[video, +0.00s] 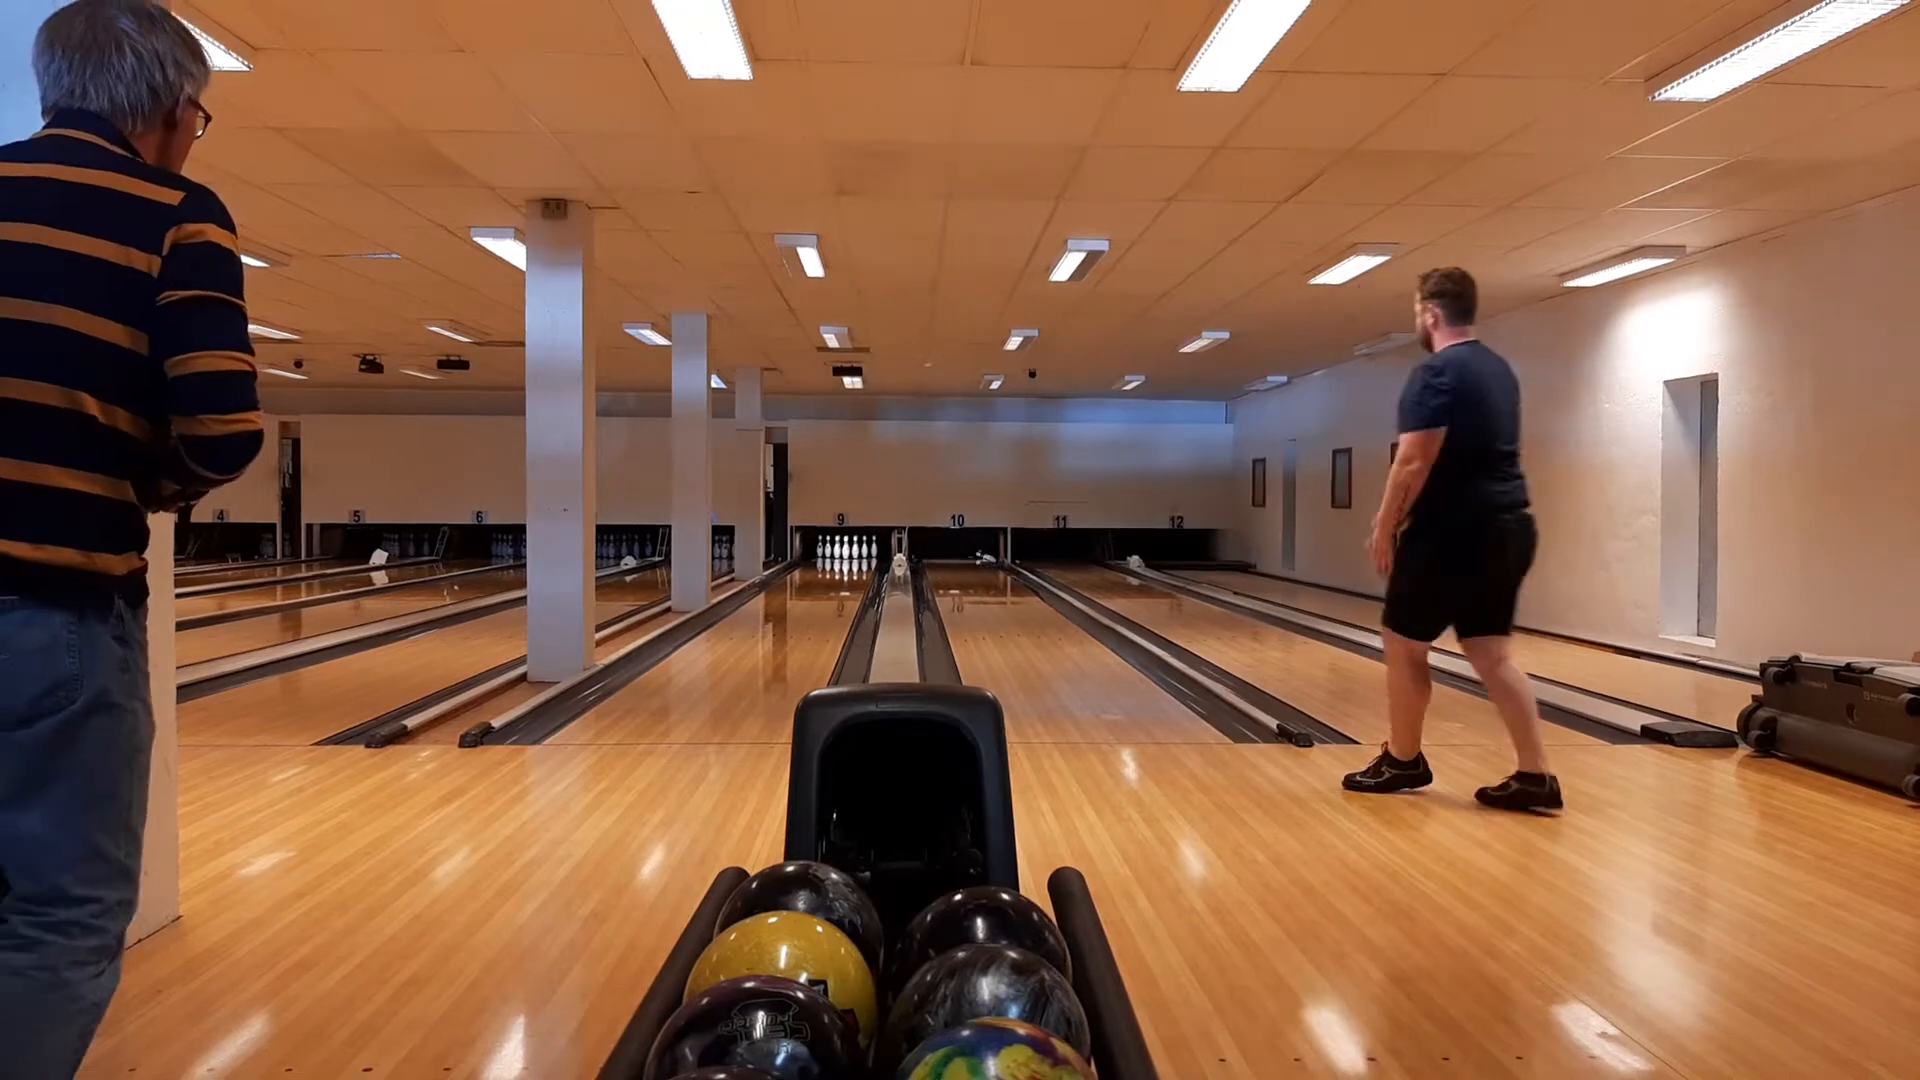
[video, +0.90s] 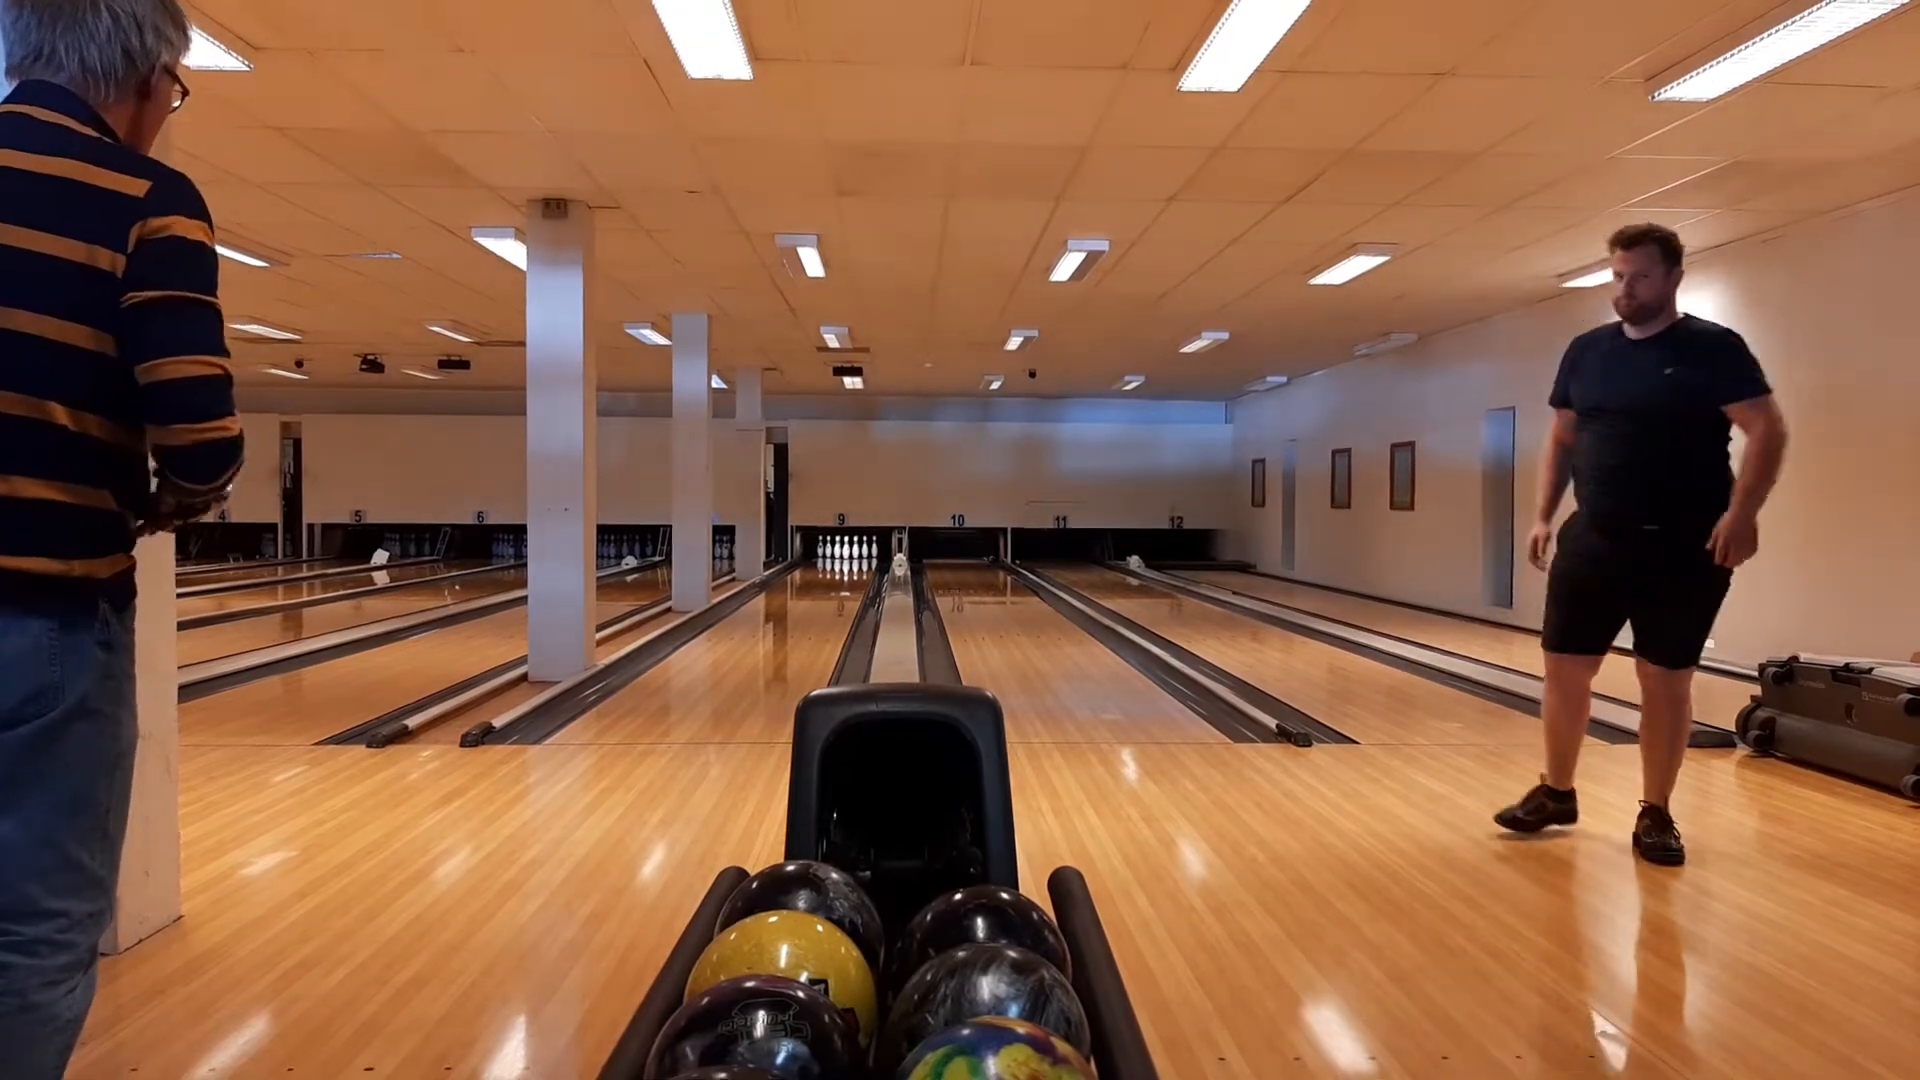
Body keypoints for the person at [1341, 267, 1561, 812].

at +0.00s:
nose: (1417, 321)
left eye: (1417, 313)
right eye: (1419, 312)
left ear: (1430, 314)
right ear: (1470, 313)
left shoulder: (1436, 373)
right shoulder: (1499, 370)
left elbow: (1414, 461)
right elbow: (1492, 456)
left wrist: (1383, 528)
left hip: (1447, 530)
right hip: (1508, 526)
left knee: (1403, 639)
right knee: (1490, 650)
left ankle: (1403, 759)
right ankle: (1535, 776)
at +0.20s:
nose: (1452, 324)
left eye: (1452, 312)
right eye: (1451, 313)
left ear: (1471, 306)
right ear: (1502, 305)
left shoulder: (1490, 359)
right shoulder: (1534, 357)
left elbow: (1450, 446)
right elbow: (1496, 455)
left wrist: (1408, 482)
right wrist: (1434, 491)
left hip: (1504, 524)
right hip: (1554, 520)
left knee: (1467, 648)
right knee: (1535, 653)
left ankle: (1459, 775)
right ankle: (1538, 783)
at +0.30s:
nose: (1468, 324)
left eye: (1469, 312)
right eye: (1466, 314)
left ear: (1496, 305)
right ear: (1511, 306)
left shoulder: (1516, 357)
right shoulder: (1547, 354)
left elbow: (1482, 441)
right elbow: (1523, 456)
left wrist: (1434, 483)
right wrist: (1467, 503)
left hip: (1530, 521)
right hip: (1568, 518)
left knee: (1494, 644)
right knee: (1550, 649)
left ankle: (1527, 783)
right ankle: (1540, 784)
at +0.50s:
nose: (1509, 312)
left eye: (1515, 301)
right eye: (1508, 302)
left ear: (1551, 299)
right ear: (1548, 301)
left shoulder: (1576, 356)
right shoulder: (1557, 359)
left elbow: (1570, 448)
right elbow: (1565, 449)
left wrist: (1521, 526)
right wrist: (1527, 527)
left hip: (1588, 531)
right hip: (1555, 532)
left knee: (1597, 669)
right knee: (1559, 664)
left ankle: (1634, 806)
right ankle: (1541, 783)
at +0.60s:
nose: (1535, 310)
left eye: (1544, 299)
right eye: (1533, 300)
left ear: (1582, 296)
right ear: (1563, 301)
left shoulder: (1613, 357)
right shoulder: (1554, 364)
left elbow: (1619, 452)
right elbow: (1555, 453)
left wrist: (1583, 537)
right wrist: (1549, 533)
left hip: (1621, 538)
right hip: (1561, 538)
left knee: (1632, 681)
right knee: (1565, 674)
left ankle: (1651, 812)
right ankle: (1541, 782)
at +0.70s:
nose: (1563, 303)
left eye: (1574, 292)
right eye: (1561, 293)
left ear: (1615, 292)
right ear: (1568, 295)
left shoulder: (1651, 355)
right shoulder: (1563, 363)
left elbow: (1670, 450)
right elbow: (1566, 453)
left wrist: (1646, 536)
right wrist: (1561, 534)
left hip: (1644, 541)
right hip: (1573, 541)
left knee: (1648, 679)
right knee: (1558, 666)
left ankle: (1653, 813)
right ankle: (1541, 783)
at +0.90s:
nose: (1622, 288)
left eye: (1636, 277)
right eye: (1616, 277)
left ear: (1673, 279)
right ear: (1611, 280)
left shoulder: (1715, 349)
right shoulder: (1588, 350)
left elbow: (1769, 430)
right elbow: (1560, 440)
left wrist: (1744, 512)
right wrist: (1544, 516)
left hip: (1684, 544)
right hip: (1594, 538)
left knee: (1665, 678)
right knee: (1565, 664)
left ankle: (1655, 813)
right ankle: (1556, 793)